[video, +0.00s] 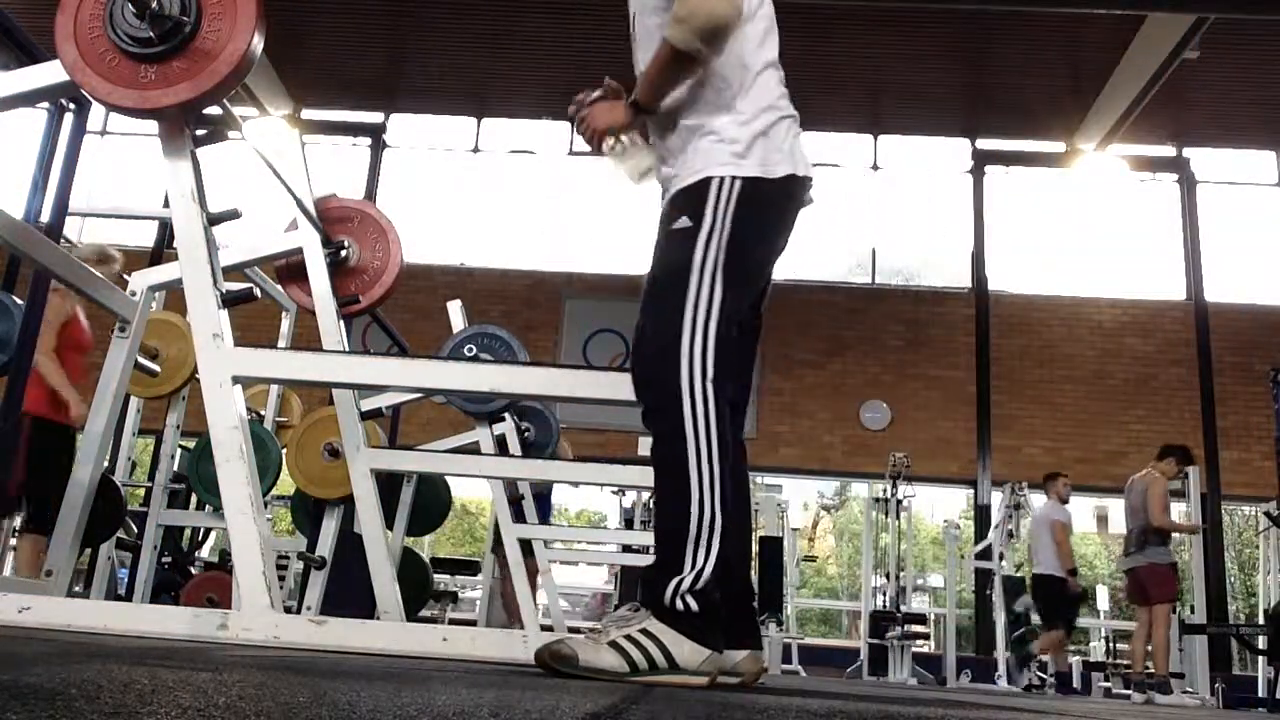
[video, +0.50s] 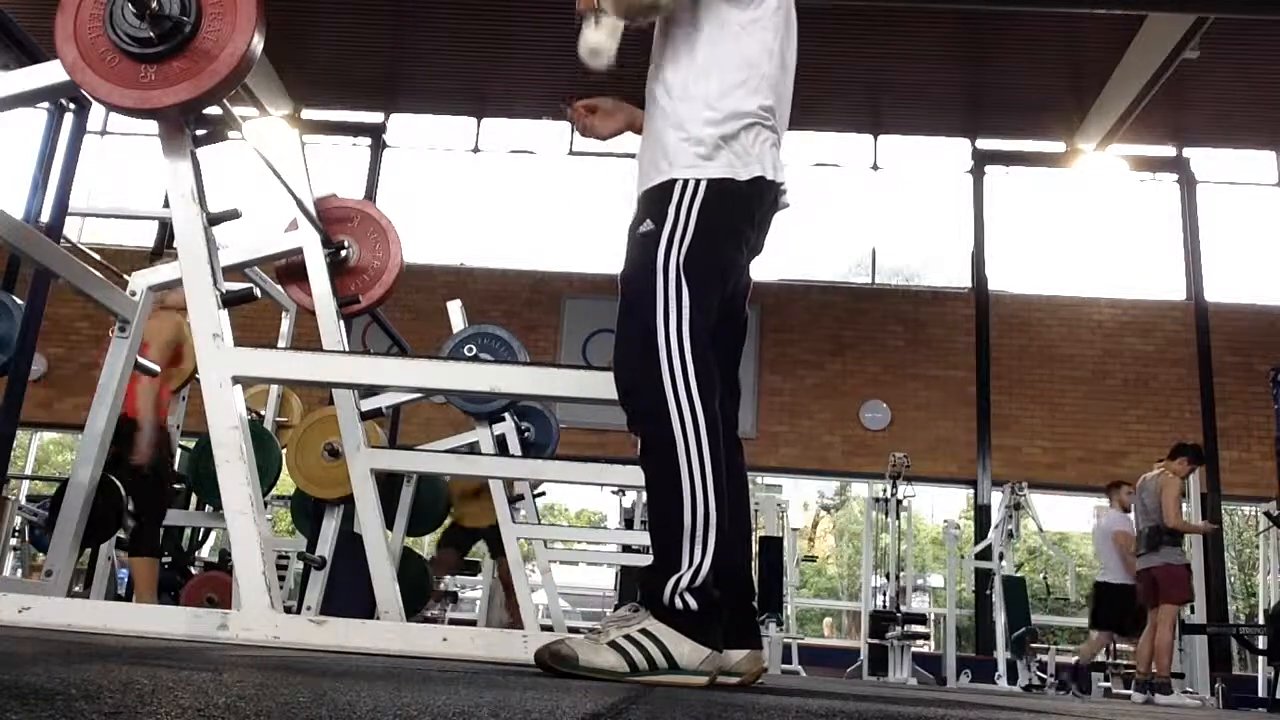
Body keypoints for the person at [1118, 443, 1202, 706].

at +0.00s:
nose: (1178, 476)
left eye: (1180, 472)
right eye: (1179, 471)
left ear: (1163, 460)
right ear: (1170, 462)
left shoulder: (1133, 481)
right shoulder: (1157, 481)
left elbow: (1136, 523)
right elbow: (1158, 520)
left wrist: (1168, 529)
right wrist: (1189, 528)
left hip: (1135, 562)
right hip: (1156, 561)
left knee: (1143, 623)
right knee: (1161, 624)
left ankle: (1137, 686)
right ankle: (1163, 687)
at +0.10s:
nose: (1180, 476)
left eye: (1183, 472)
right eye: (1182, 471)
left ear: (1166, 460)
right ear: (1173, 462)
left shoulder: (1135, 481)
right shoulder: (1159, 481)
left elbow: (1137, 524)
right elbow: (1161, 520)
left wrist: (1172, 528)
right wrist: (1191, 528)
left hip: (1136, 562)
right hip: (1159, 561)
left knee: (1145, 624)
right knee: (1162, 625)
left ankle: (1138, 686)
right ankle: (1163, 688)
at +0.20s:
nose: (1182, 476)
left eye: (1185, 471)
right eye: (1184, 471)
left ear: (1169, 460)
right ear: (1176, 462)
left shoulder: (1137, 481)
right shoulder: (1163, 481)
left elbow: (1138, 525)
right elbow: (1165, 521)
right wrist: (1193, 528)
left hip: (1138, 562)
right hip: (1161, 561)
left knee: (1147, 625)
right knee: (1162, 625)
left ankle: (1138, 686)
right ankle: (1163, 688)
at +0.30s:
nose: (1184, 477)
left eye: (1187, 473)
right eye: (1186, 472)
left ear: (1171, 460)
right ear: (1178, 463)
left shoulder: (1139, 481)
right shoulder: (1165, 481)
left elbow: (1141, 526)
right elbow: (1167, 521)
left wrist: (1183, 528)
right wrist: (1198, 528)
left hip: (1142, 563)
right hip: (1164, 562)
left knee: (1149, 625)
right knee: (1164, 624)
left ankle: (1139, 687)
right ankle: (1163, 688)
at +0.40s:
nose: (1186, 477)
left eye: (1189, 473)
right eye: (1188, 472)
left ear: (1173, 459)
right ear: (1180, 462)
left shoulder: (1141, 481)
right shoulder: (1168, 480)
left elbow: (1142, 527)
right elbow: (1170, 521)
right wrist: (1200, 528)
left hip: (1143, 562)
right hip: (1167, 561)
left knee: (1152, 623)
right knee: (1165, 624)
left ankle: (1139, 684)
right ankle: (1163, 687)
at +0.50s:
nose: (1188, 476)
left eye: (1191, 472)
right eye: (1190, 471)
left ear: (1174, 459)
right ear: (1182, 462)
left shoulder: (1143, 480)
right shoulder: (1170, 480)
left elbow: (1141, 524)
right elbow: (1172, 521)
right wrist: (1200, 527)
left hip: (1146, 563)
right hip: (1168, 562)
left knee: (1152, 624)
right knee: (1166, 624)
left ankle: (1140, 685)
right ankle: (1163, 687)